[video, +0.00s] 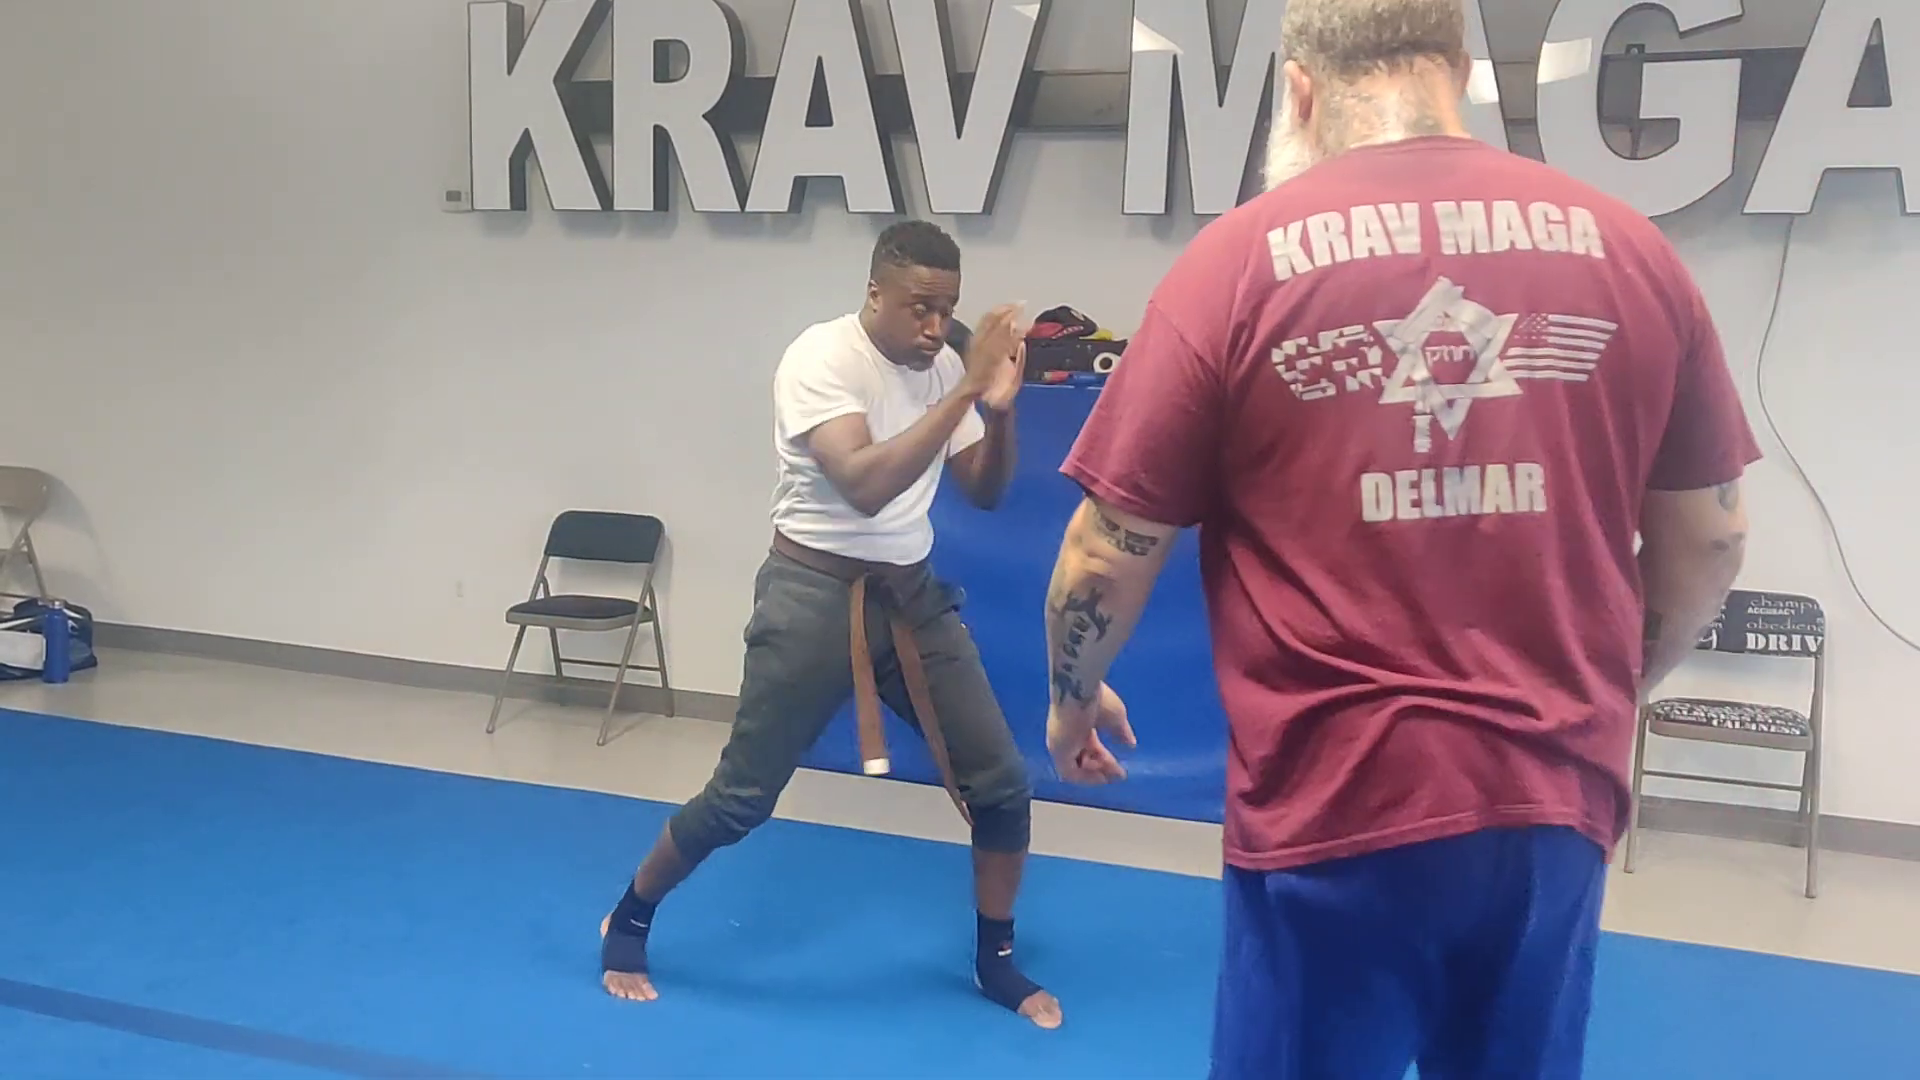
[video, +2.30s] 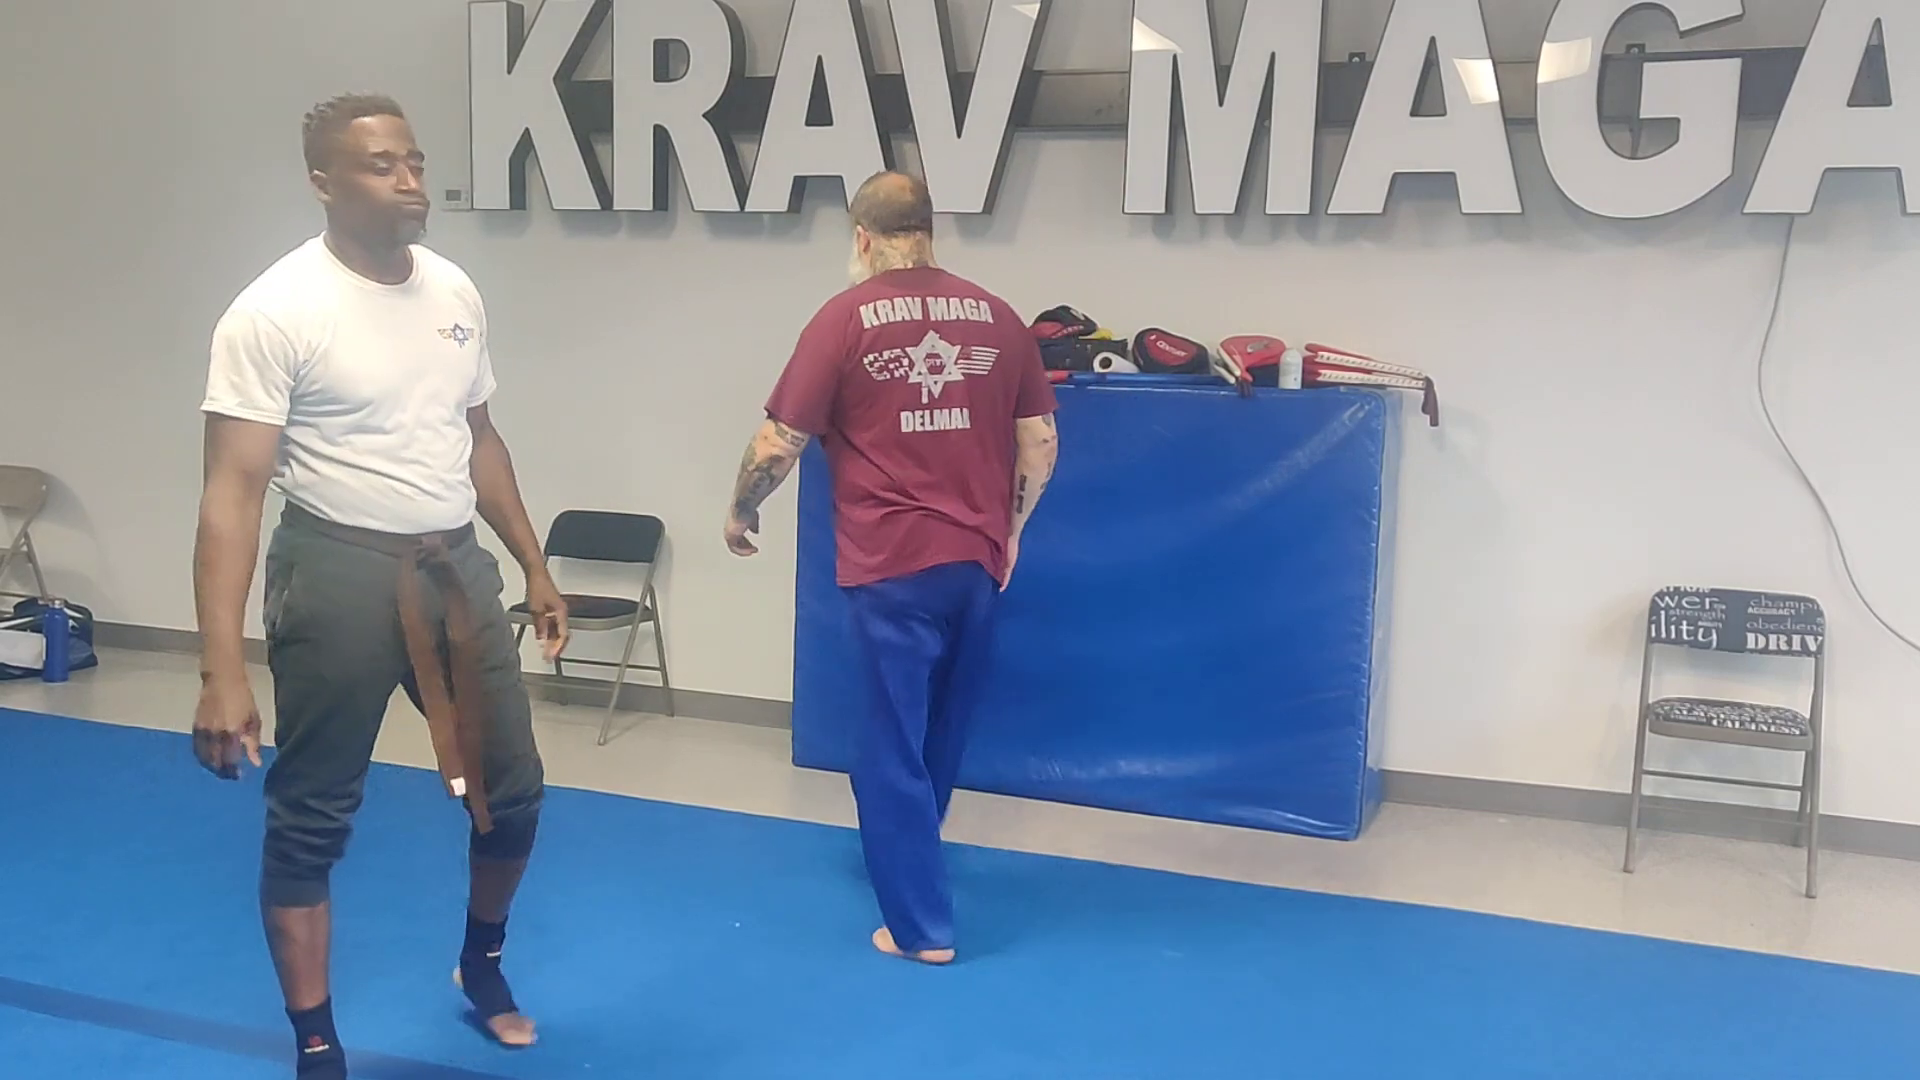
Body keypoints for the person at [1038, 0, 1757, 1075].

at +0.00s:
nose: (1274, 124)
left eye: (1274, 102)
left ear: (1299, 89)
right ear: (1461, 78)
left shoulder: (1246, 253)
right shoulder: (1628, 245)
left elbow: (1105, 559)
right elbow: (1708, 535)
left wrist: (1075, 693)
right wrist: (1617, 680)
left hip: (1333, 788)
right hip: (1556, 783)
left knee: (1303, 1064)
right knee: (1517, 1066)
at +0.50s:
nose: (1286, 171)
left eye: (1285, 153)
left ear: (1300, 144)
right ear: (1425, 149)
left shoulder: (1250, 257)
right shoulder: (1525, 291)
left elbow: (1152, 479)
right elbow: (1558, 527)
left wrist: (1103, 670)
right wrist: (1470, 626)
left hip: (1249, 702)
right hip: (1426, 718)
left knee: (1163, 988)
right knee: (1397, 1020)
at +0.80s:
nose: (1169, 216)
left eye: (1169, 202)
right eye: (1174, 203)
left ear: (1181, 194)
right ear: (1288, 191)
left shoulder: (1144, 314)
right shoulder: (1390, 302)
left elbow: (1086, 518)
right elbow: (1448, 506)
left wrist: (1059, 683)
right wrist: (1376, 607)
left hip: (1198, 692)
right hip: (1354, 686)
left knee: (1162, 981)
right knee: (1347, 986)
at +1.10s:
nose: (1086, 203)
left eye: (1086, 191)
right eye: (1090, 190)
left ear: (1094, 188)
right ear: (1189, 182)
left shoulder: (1063, 300)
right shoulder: (1293, 283)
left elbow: (988, 494)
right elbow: (1358, 459)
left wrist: (967, 594)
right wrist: (1317, 581)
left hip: (1127, 628)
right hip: (1263, 624)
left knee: (1113, 878)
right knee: (1238, 860)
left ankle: (1128, 1068)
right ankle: (1243, 1059)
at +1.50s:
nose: (1043, 230)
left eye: (1044, 217)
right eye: (1049, 218)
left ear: (1060, 212)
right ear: (1139, 215)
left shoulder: (1031, 293)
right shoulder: (1210, 312)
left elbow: (963, 446)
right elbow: (1243, 466)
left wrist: (924, 572)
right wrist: (1181, 554)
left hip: (1045, 594)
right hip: (1158, 600)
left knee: (994, 774)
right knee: (1116, 805)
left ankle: (1052, 963)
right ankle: (1106, 1004)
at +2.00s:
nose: (897, 239)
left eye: (897, 228)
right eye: (901, 227)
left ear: (909, 229)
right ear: (980, 222)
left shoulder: (896, 318)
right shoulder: (1057, 303)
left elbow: (849, 461)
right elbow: (1105, 436)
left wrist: (828, 563)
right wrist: (1076, 521)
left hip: (936, 568)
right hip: (1039, 563)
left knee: (922, 756)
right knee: (1048, 744)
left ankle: (932, 933)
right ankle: (1065, 875)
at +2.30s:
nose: (852, 249)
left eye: (852, 237)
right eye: (857, 237)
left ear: (864, 237)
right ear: (929, 232)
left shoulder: (846, 319)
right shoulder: (998, 316)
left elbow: (778, 446)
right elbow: (1039, 441)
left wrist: (740, 509)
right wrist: (1010, 525)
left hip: (891, 561)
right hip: (980, 557)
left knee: (890, 743)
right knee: (939, 725)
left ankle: (923, 931)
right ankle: (906, 855)